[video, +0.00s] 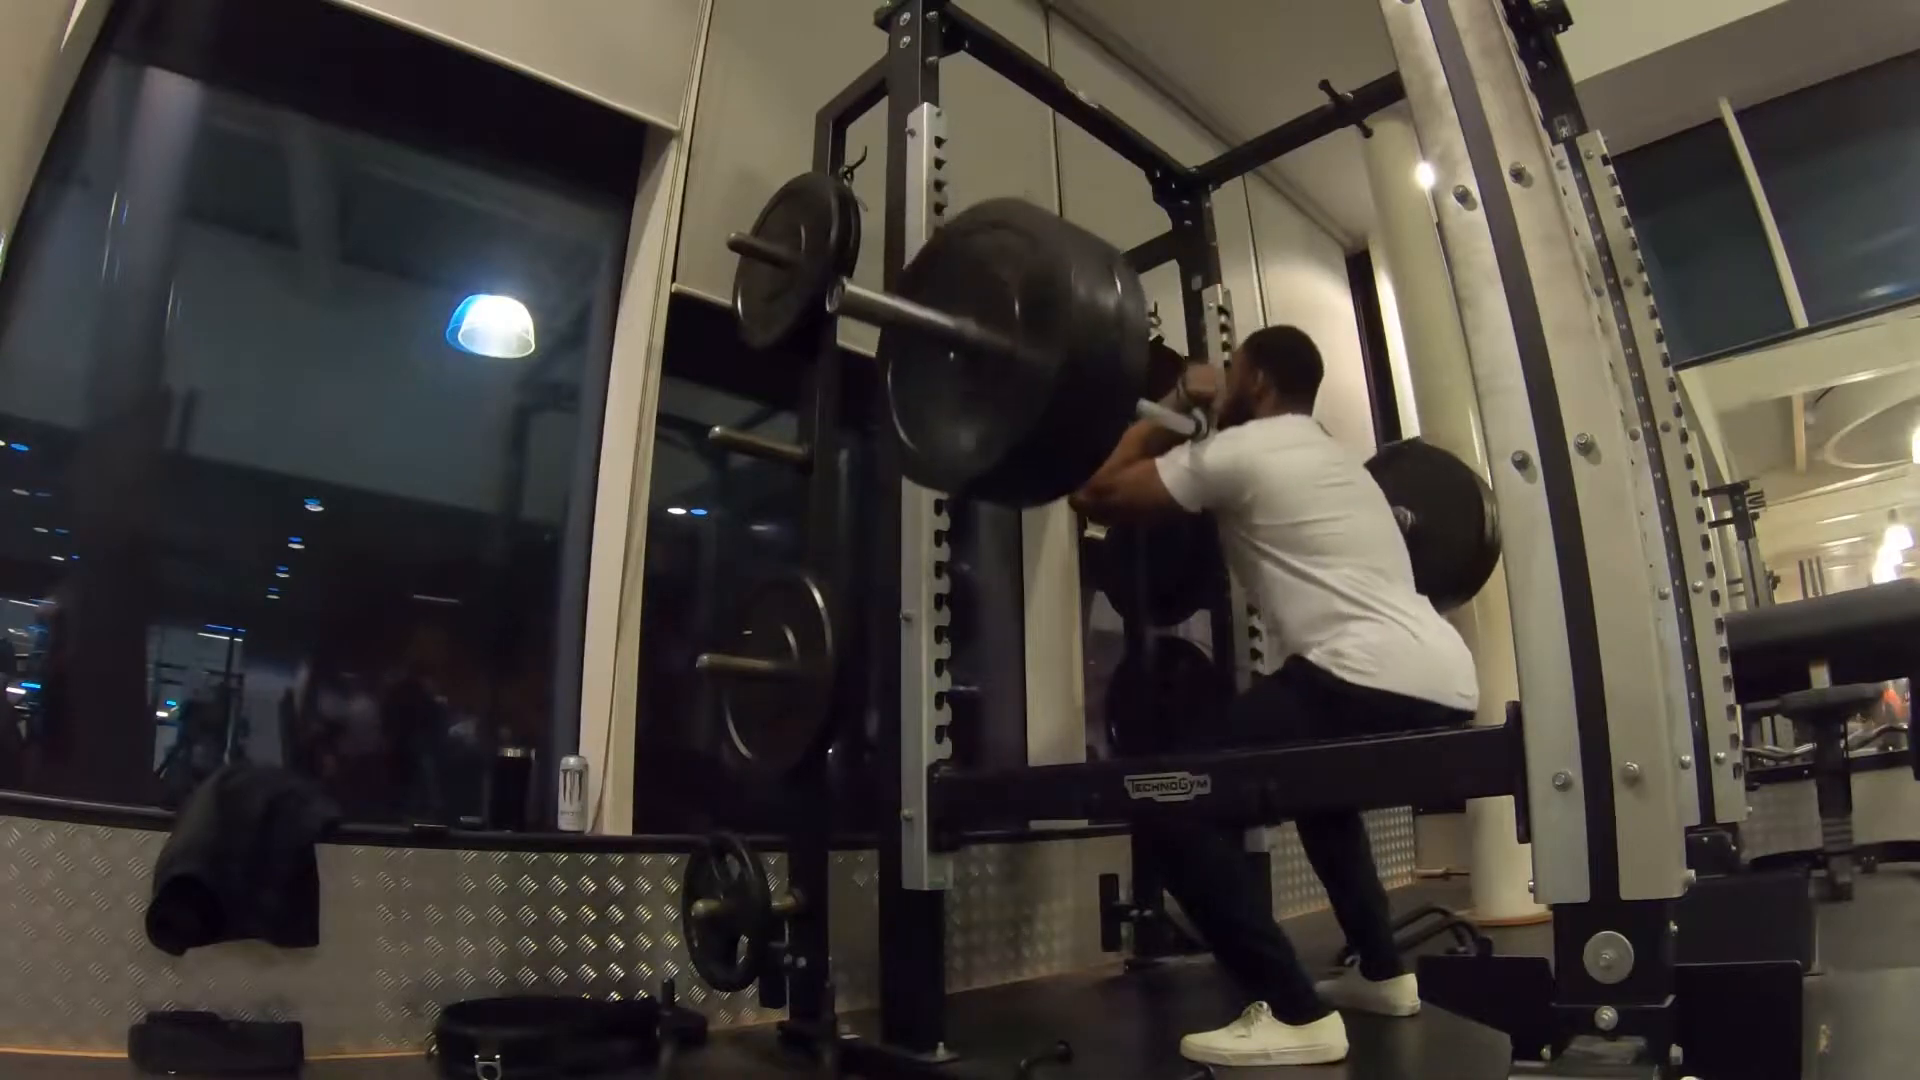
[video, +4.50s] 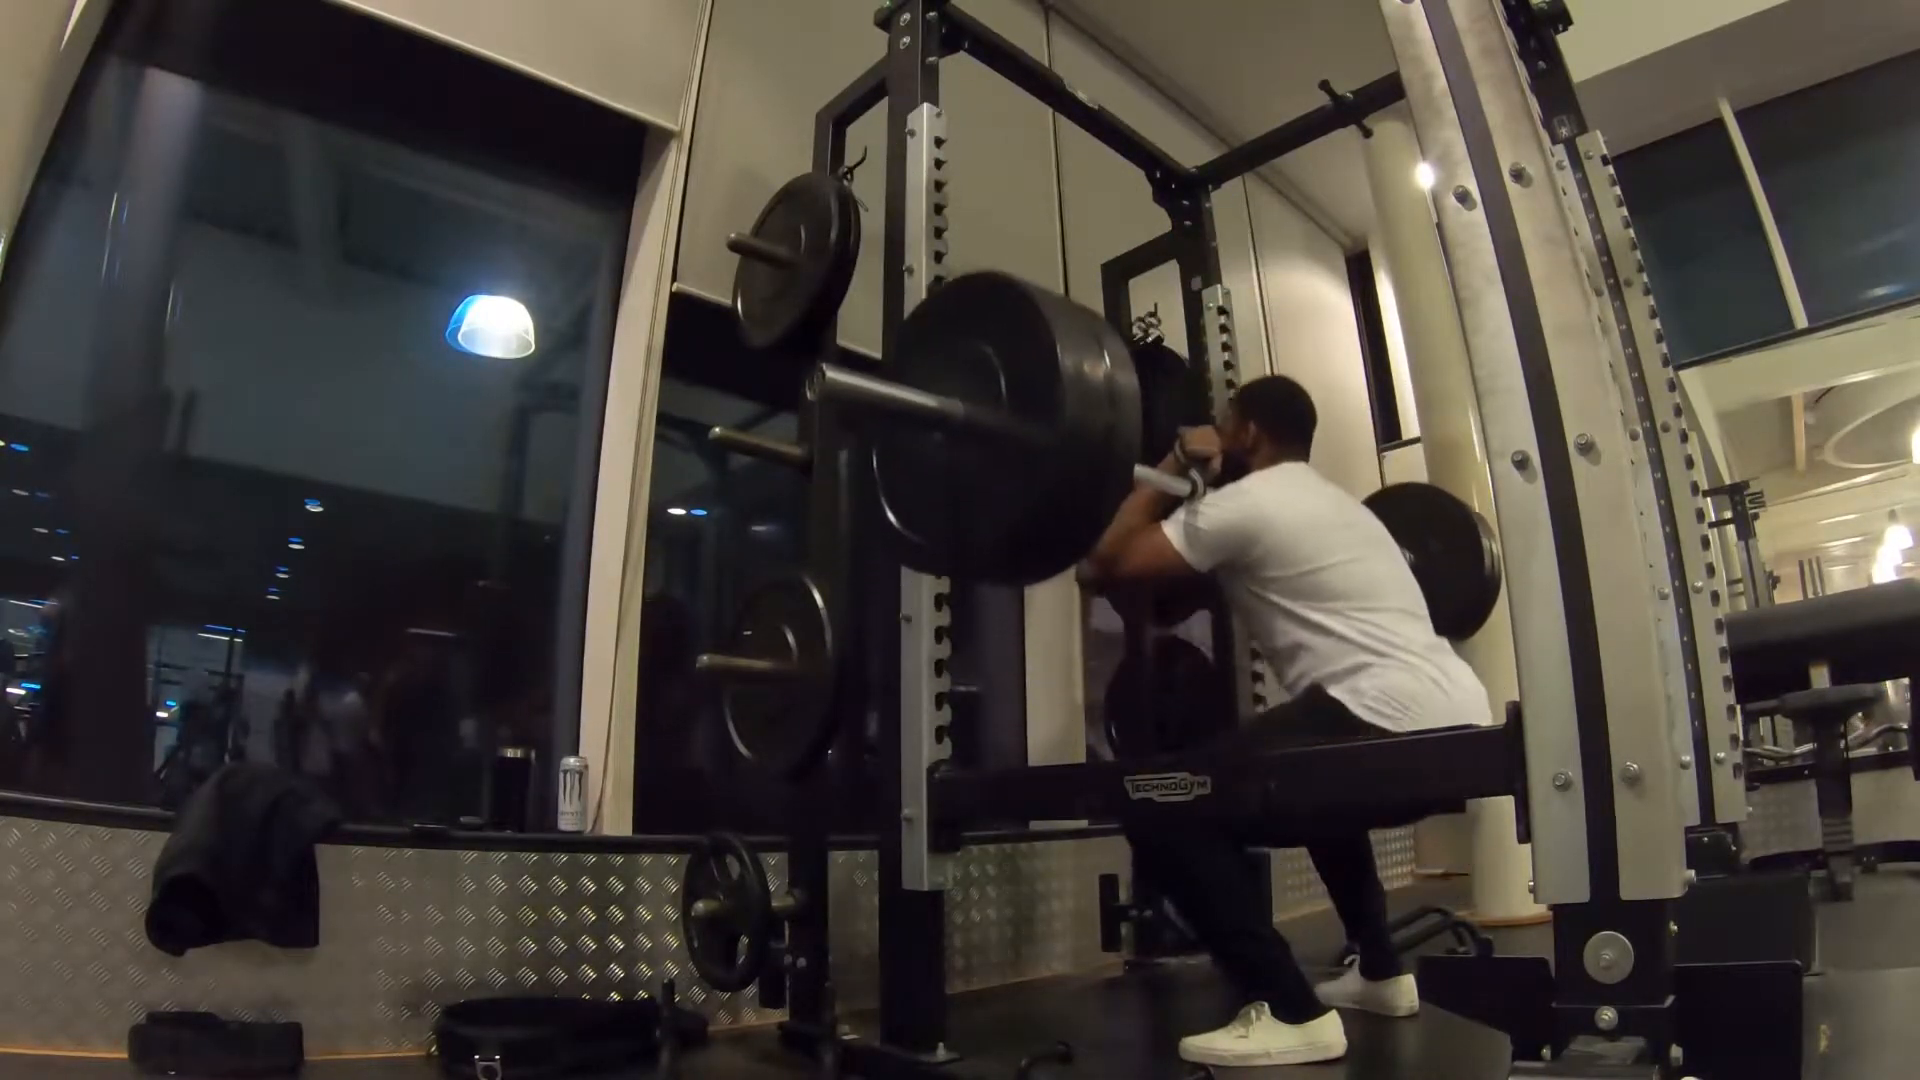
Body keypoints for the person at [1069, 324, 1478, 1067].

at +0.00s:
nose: (1223, 385)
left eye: (1232, 372)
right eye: (1226, 371)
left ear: (1259, 382)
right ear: (1302, 390)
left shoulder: (1241, 453)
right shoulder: (1338, 454)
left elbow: (1104, 490)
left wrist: (1155, 421)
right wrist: (1213, 410)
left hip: (1357, 678)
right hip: (1448, 689)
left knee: (1173, 798)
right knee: (1311, 781)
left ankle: (1292, 1013)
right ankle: (1384, 972)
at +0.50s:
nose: (1221, 494)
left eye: (1230, 482)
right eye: (1224, 482)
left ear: (1256, 492)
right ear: (1309, 495)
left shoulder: (1241, 569)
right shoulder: (1334, 554)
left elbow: (1113, 618)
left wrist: (1172, 524)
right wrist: (1220, 534)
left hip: (1384, 807)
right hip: (1458, 804)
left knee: (1160, 827)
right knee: (1304, 789)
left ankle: (1294, 1013)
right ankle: (1381, 972)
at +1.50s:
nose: (1212, 401)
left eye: (1219, 389)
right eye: (1215, 388)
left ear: (1243, 395)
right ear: (1290, 402)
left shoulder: (1232, 464)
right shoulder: (1325, 464)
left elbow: (1089, 514)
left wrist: (1153, 434)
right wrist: (1200, 431)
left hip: (1352, 681)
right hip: (1443, 692)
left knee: (1167, 800)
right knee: (1315, 782)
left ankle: (1291, 1012)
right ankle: (1383, 970)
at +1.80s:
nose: (1204, 306)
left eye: (1212, 293)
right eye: (1209, 294)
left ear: (1235, 296)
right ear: (1281, 306)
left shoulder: (1227, 364)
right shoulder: (1311, 374)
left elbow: (1091, 407)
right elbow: (1167, 457)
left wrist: (1156, 333)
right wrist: (1166, 350)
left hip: (1310, 596)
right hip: (1398, 599)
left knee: (1192, 785)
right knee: (1325, 773)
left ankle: (1291, 1010)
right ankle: (1383, 970)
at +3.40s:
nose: (1218, 416)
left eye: (1226, 405)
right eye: (1220, 405)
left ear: (1252, 412)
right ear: (1297, 417)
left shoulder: (1247, 482)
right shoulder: (1337, 478)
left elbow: (1105, 525)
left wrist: (1169, 446)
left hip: (1374, 698)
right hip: (1462, 705)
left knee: (1177, 796)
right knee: (1315, 784)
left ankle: (1294, 1013)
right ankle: (1382, 970)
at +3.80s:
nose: (1223, 516)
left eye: (1229, 505)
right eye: (1225, 506)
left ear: (1256, 512)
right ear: (1311, 513)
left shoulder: (1251, 590)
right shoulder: (1339, 575)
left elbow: (1125, 642)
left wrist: (1178, 546)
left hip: (1381, 838)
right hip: (1458, 838)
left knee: (1156, 825)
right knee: (1308, 784)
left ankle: (1291, 1012)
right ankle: (1381, 971)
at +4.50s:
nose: (1221, 436)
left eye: (1229, 425)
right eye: (1225, 425)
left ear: (1251, 433)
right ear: (1299, 439)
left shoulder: (1249, 506)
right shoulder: (1332, 497)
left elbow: (1114, 558)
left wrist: (1168, 467)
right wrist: (1219, 478)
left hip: (1379, 720)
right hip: (1462, 721)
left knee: (1176, 804)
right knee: (1305, 783)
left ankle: (1293, 1013)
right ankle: (1381, 969)